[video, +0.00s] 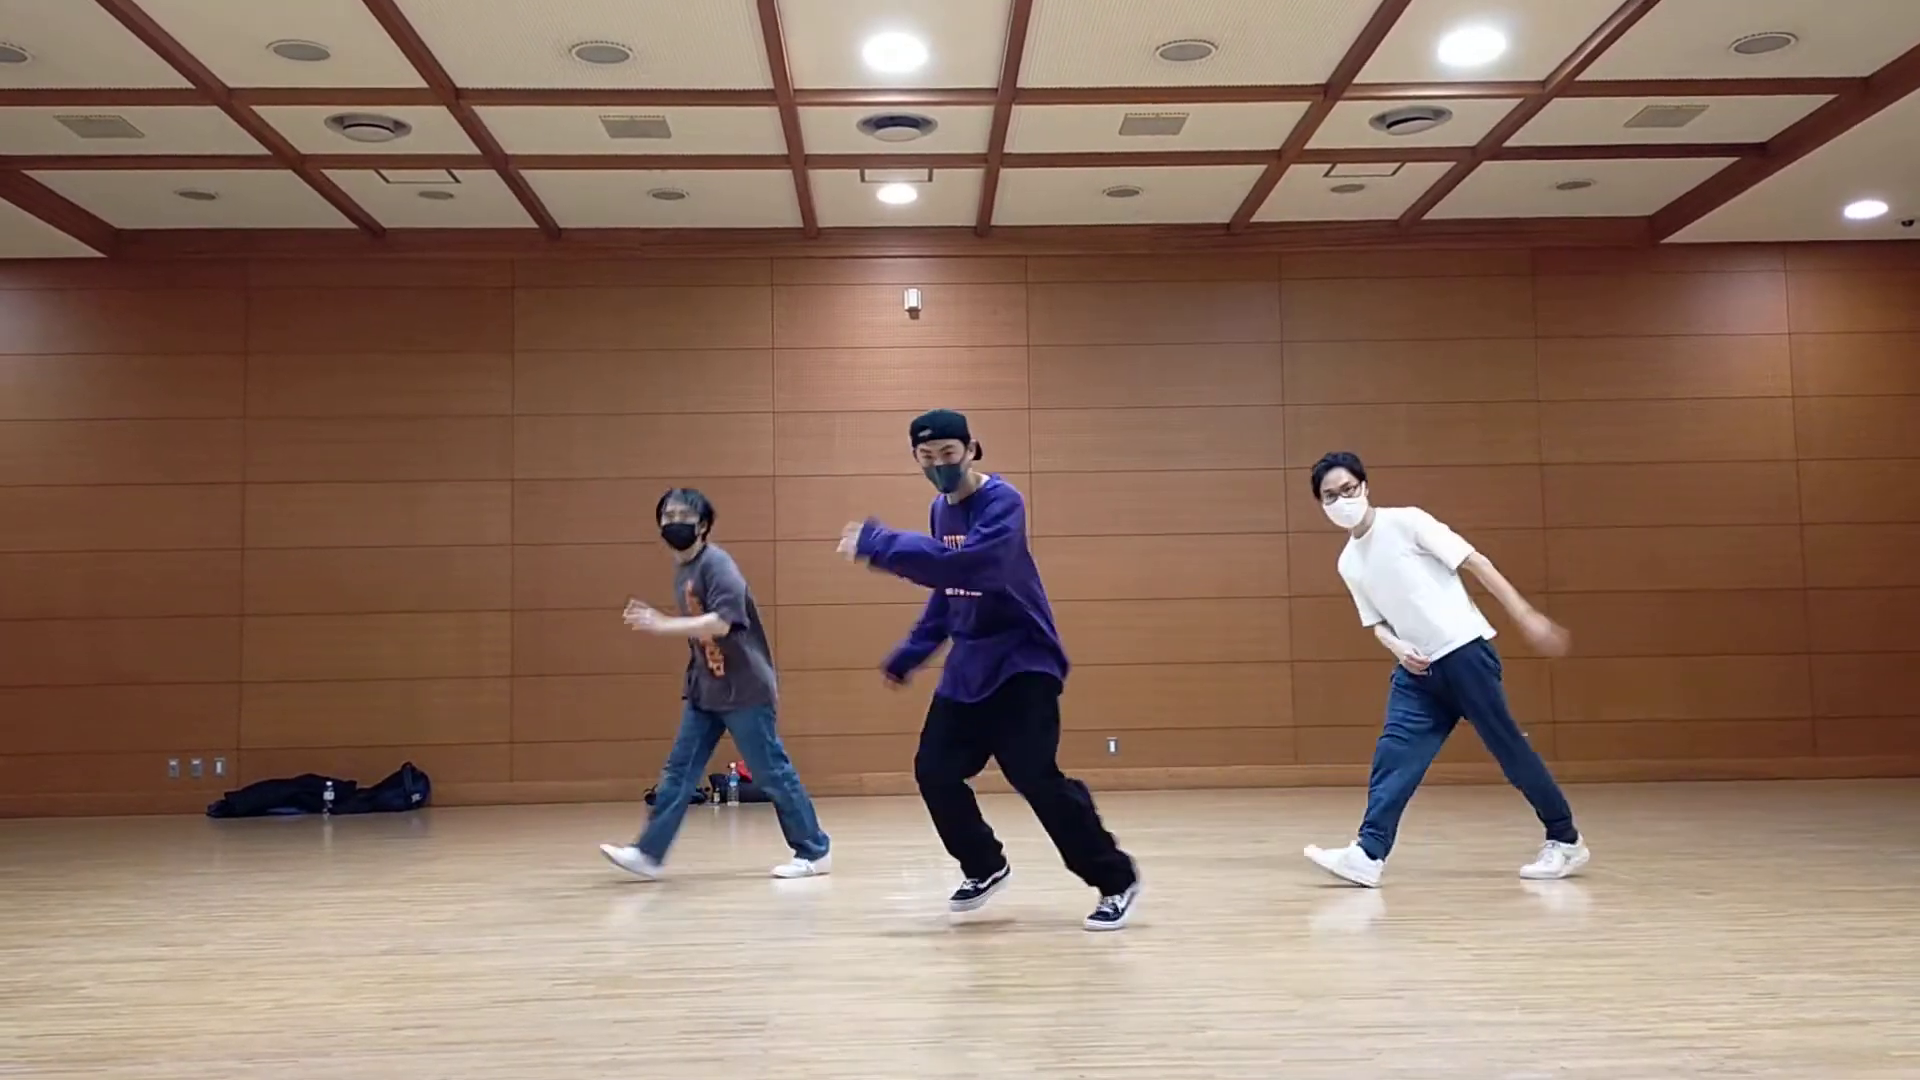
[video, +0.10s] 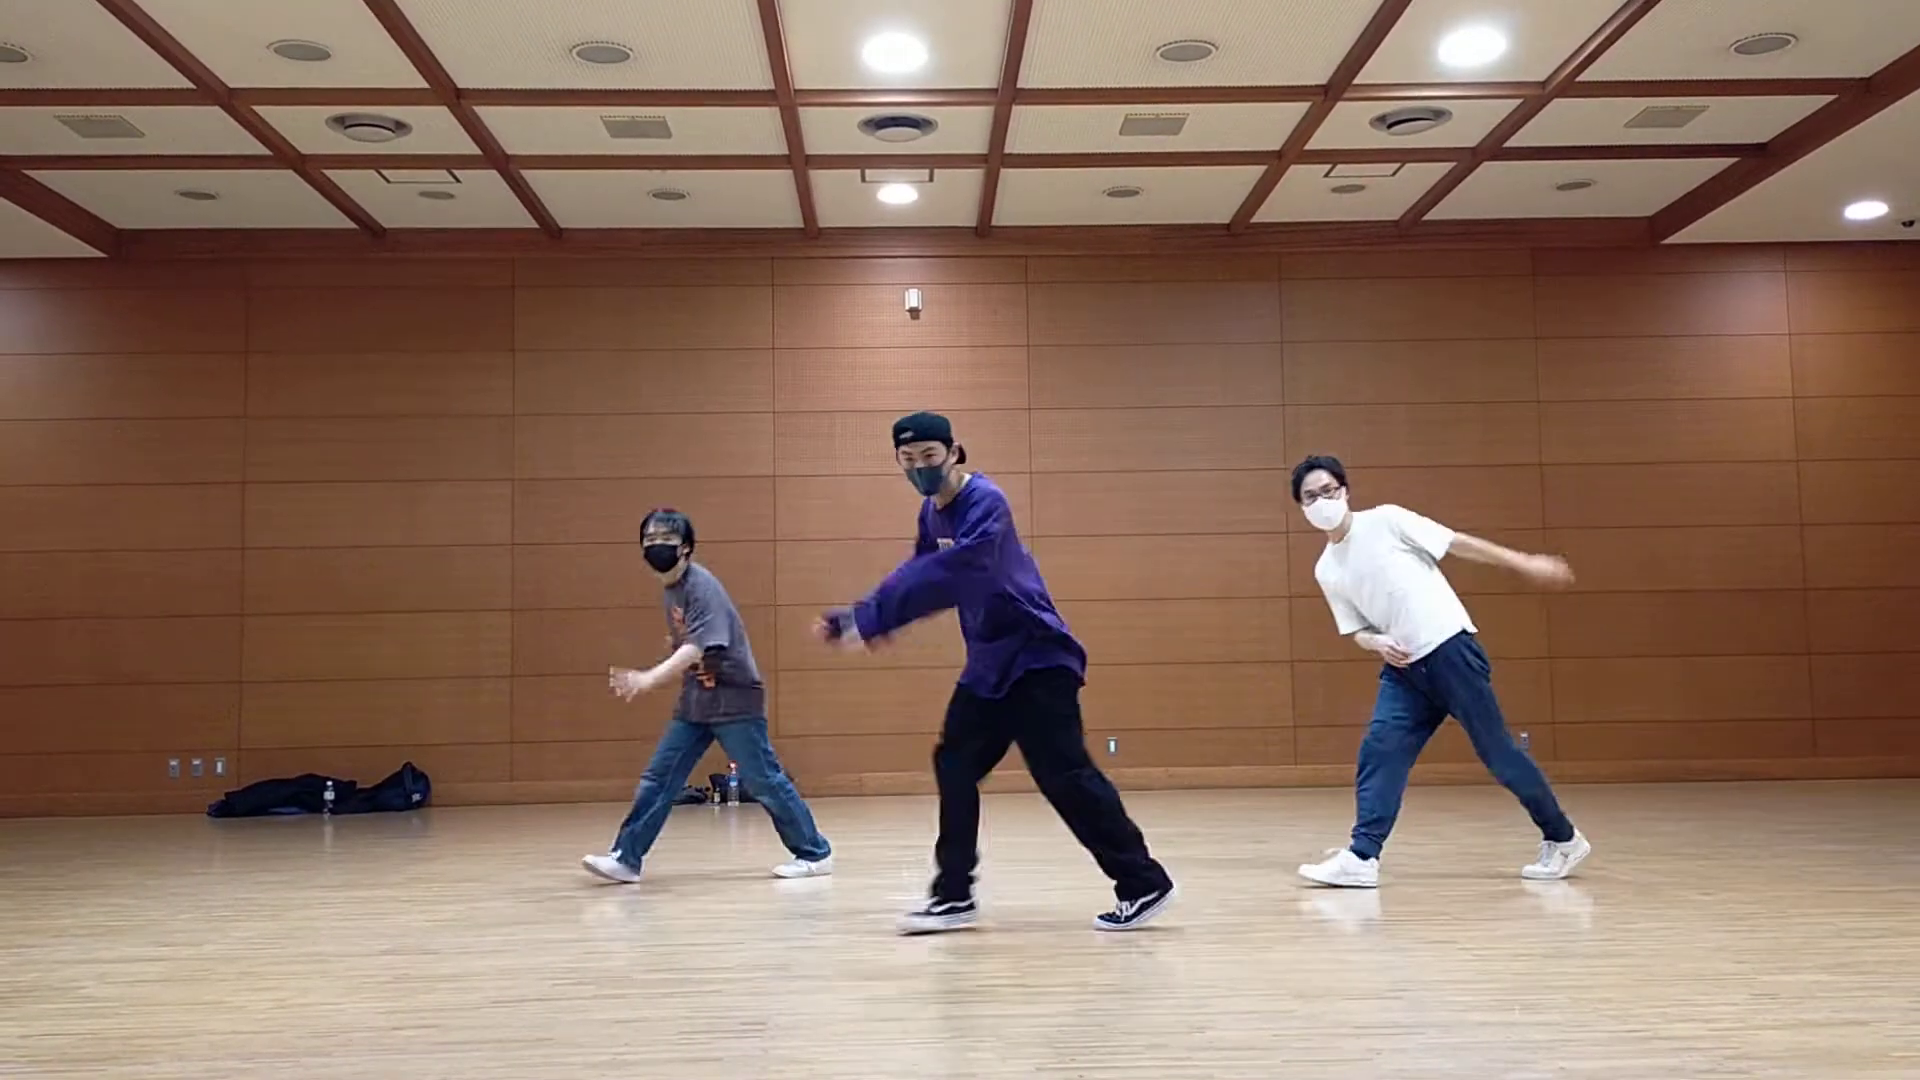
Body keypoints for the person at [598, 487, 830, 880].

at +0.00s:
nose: (673, 522)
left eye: (683, 515)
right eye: (667, 515)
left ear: (703, 523)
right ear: (660, 523)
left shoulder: (719, 565)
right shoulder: (683, 570)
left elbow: (723, 623)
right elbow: (700, 622)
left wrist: (662, 625)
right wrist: (658, 619)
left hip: (745, 687)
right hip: (707, 687)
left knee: (772, 772)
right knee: (680, 770)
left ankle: (814, 851)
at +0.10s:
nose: (658, 545)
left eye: (667, 538)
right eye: (651, 538)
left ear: (687, 545)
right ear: (643, 546)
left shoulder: (704, 588)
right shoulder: (673, 589)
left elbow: (695, 649)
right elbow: (685, 641)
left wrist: (647, 679)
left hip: (734, 697)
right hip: (697, 697)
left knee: (764, 780)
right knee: (660, 778)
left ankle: (814, 853)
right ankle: (627, 859)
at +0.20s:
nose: (636, 545)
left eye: (646, 538)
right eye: (629, 538)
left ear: (665, 544)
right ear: (622, 543)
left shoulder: (681, 589)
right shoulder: (642, 583)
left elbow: (683, 648)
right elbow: (644, 613)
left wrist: (641, 680)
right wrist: (623, 626)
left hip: (711, 698)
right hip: (668, 696)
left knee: (749, 770)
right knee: (634, 766)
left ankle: (806, 848)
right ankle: (623, 863)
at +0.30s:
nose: (623, 536)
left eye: (632, 529)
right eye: (616, 529)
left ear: (649, 533)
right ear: (607, 533)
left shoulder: (665, 576)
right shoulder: (608, 566)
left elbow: (671, 635)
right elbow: (599, 597)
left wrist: (627, 652)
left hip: (676, 696)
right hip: (631, 696)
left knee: (705, 767)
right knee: (608, 765)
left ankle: (764, 835)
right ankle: (622, 865)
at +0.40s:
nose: (611, 518)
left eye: (619, 511)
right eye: (604, 511)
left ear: (637, 517)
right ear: (594, 518)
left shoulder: (657, 562)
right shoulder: (584, 557)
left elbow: (664, 619)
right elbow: (564, 601)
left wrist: (624, 623)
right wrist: (532, 632)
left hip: (649, 693)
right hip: (600, 692)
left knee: (653, 773)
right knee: (599, 776)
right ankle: (622, 863)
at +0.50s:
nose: (600, 508)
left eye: (609, 501)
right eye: (593, 501)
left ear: (625, 511)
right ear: (582, 510)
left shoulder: (647, 556)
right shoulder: (563, 553)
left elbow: (657, 612)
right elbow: (544, 606)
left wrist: (621, 620)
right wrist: (527, 647)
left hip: (627, 688)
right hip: (578, 686)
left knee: (607, 775)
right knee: (582, 771)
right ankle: (612, 855)